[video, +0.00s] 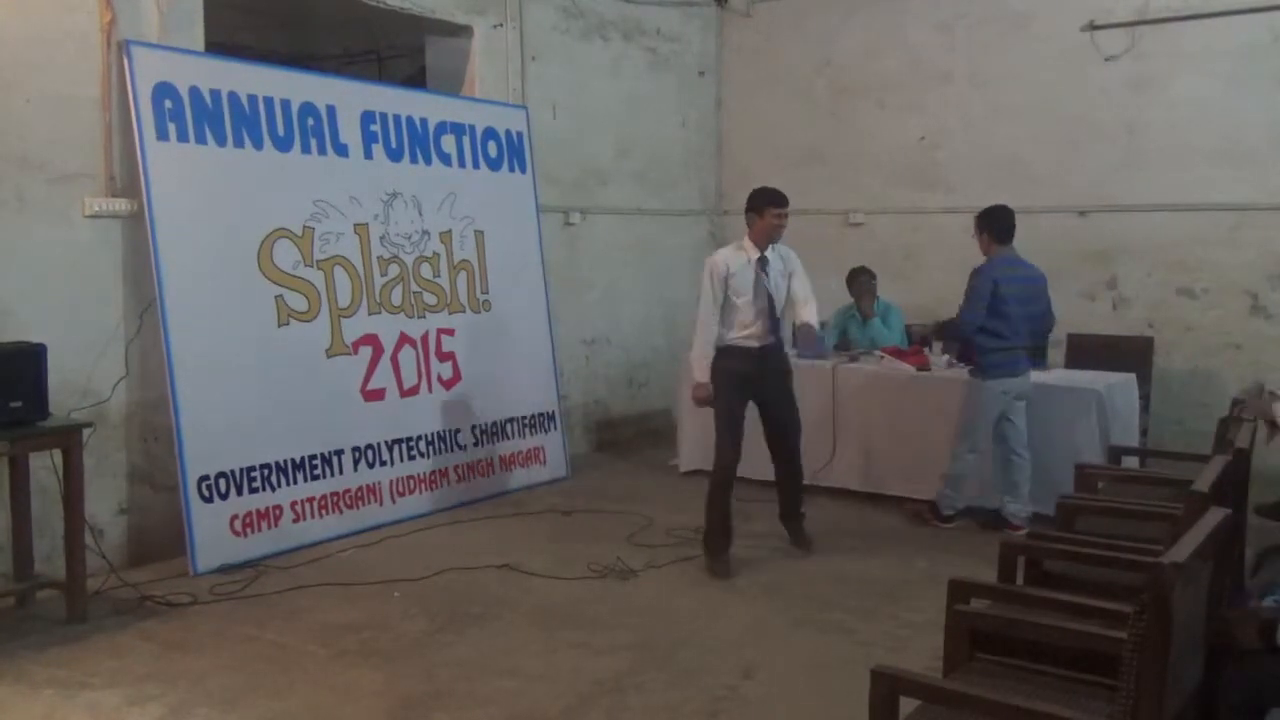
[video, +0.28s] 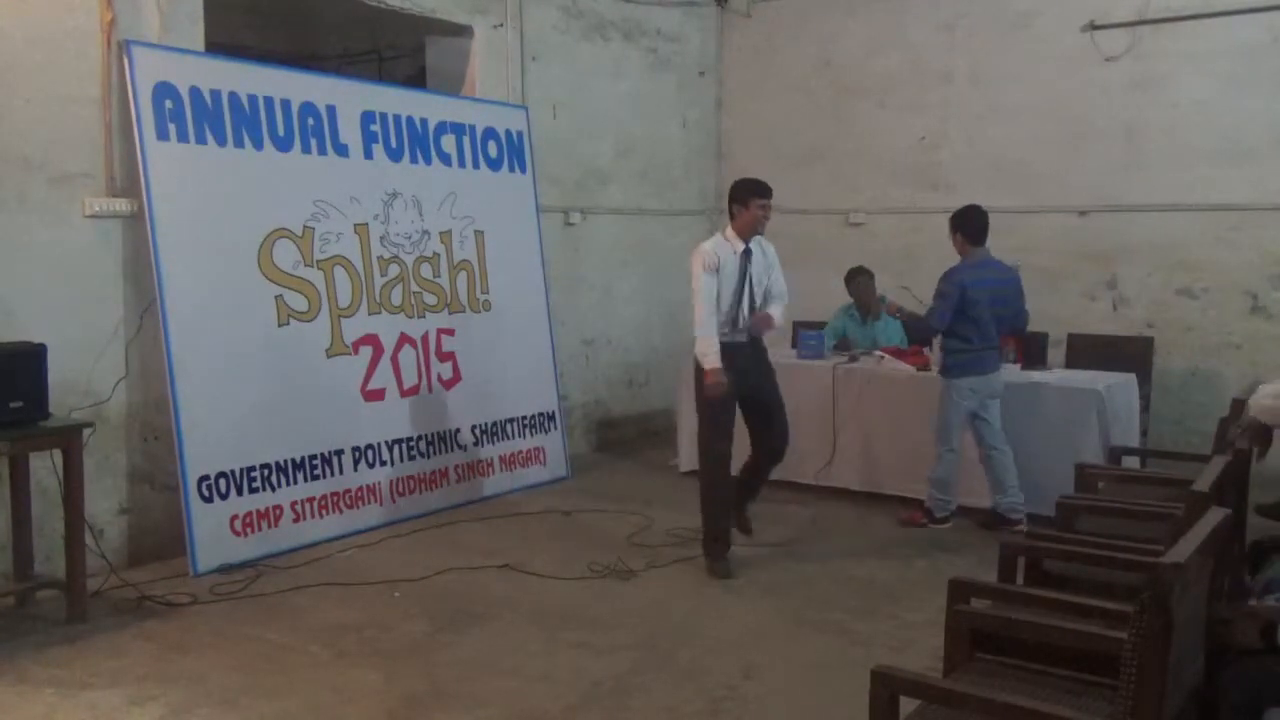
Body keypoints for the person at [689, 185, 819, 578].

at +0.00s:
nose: (783, 225)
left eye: (785, 218)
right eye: (777, 218)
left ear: (781, 222)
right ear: (753, 218)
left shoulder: (787, 259)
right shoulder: (721, 262)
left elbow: (804, 299)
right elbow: (706, 322)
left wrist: (806, 324)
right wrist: (701, 376)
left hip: (772, 362)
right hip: (731, 363)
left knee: (788, 447)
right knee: (727, 457)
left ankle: (793, 521)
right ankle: (716, 549)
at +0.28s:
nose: (767, 217)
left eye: (769, 210)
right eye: (761, 209)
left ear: (762, 213)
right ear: (738, 210)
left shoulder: (766, 251)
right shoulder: (708, 254)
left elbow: (779, 300)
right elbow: (703, 314)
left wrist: (770, 317)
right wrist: (711, 364)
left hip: (751, 351)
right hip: (716, 355)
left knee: (774, 442)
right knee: (716, 454)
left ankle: (738, 499)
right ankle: (715, 548)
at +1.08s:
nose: (771, 215)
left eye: (772, 209)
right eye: (764, 208)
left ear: (757, 213)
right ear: (742, 211)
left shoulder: (749, 251)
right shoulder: (724, 251)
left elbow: (748, 308)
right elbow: (727, 315)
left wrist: (765, 313)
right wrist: (775, 335)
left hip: (748, 355)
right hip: (727, 358)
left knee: (753, 458)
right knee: (739, 458)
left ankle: (737, 543)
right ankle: (719, 549)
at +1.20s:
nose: (772, 214)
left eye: (773, 208)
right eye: (766, 207)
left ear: (758, 212)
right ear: (743, 210)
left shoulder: (752, 251)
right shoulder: (723, 249)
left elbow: (748, 310)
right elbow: (723, 311)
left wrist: (782, 323)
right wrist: (774, 329)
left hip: (749, 355)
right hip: (730, 357)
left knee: (753, 455)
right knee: (743, 455)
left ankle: (737, 542)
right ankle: (722, 549)